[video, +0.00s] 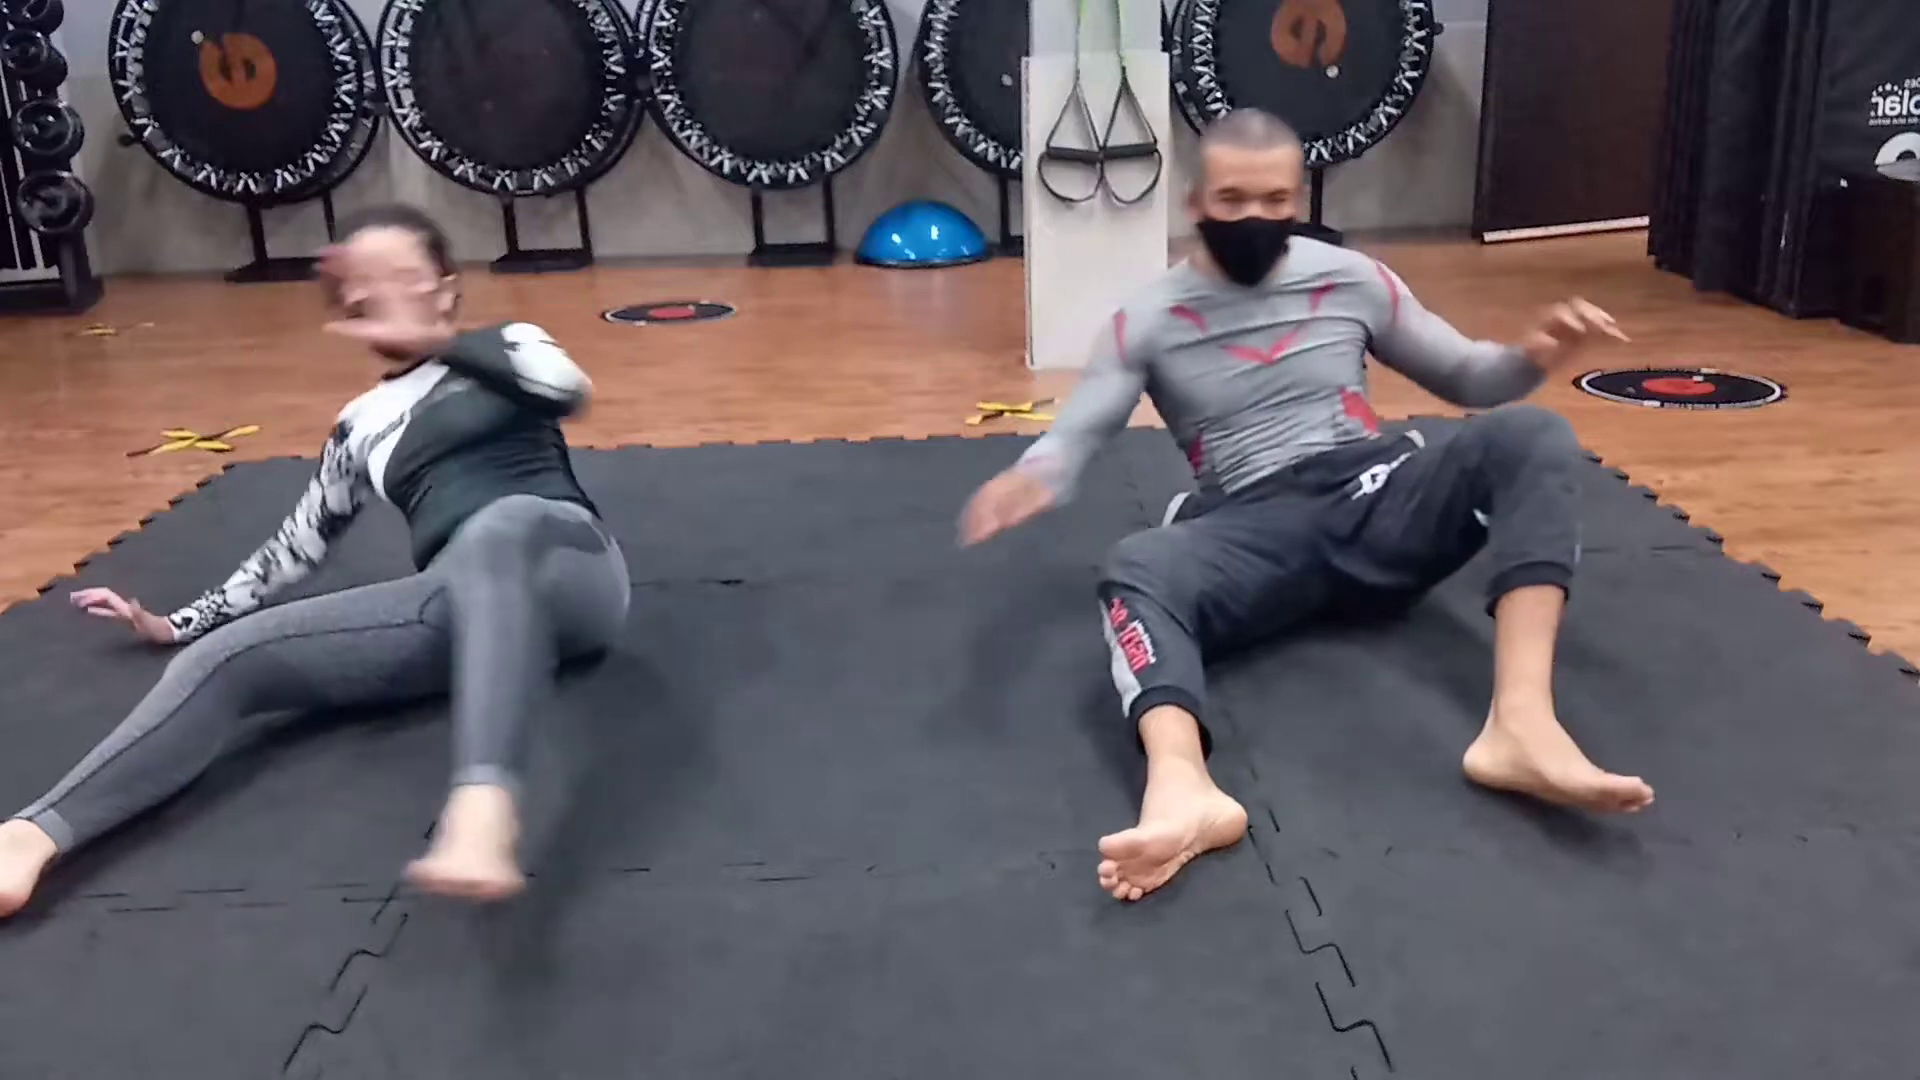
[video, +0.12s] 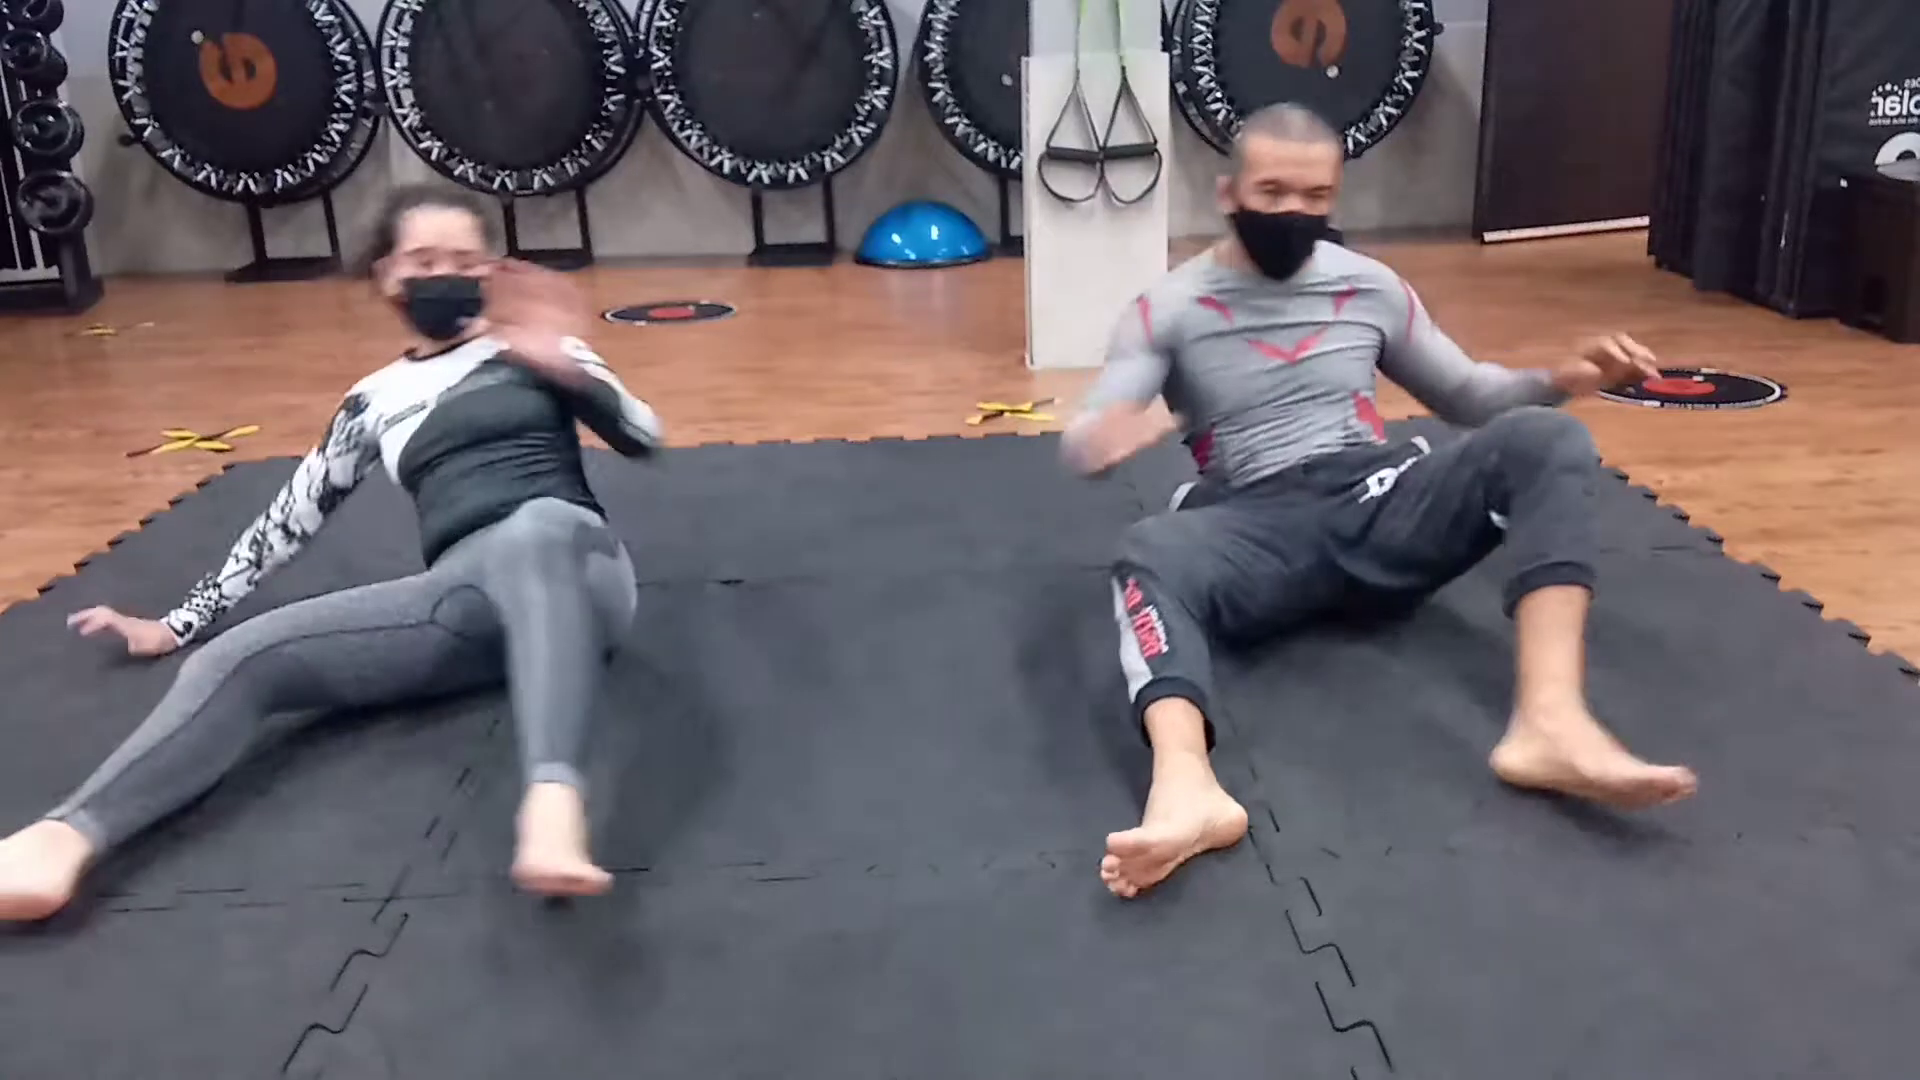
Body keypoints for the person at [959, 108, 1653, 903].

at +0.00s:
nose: (1257, 220)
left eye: (1276, 201)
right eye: (1235, 202)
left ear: (1302, 194)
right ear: (1197, 200)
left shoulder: (1350, 279)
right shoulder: (1150, 318)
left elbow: (1467, 375)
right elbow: (1077, 429)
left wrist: (1533, 358)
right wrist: (1034, 476)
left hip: (1376, 489)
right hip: (1245, 527)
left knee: (1533, 438)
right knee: (1138, 570)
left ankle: (1520, 718)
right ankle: (1181, 785)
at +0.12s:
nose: (1292, 213)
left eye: (1312, 196)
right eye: (1272, 192)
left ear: (1334, 199)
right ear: (1229, 193)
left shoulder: (1369, 287)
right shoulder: (1169, 307)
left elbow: (1468, 393)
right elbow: (1083, 441)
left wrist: (1573, 377)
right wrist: (1107, 435)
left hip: (1382, 494)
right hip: (1252, 524)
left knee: (1552, 440)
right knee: (1148, 556)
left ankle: (1550, 716)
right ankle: (1184, 779)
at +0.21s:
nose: (1324, 211)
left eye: (1343, 195)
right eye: (1303, 189)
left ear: (1359, 198)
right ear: (1253, 189)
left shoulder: (1383, 295)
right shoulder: (1186, 301)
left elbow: (1468, 404)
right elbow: (1102, 440)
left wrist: (1571, 396)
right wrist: (1158, 410)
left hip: (1383, 502)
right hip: (1260, 523)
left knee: (1563, 441)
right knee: (1161, 554)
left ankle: (1585, 716)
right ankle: (1190, 781)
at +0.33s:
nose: (1363, 210)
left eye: (1382, 195)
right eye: (1345, 186)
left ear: (1397, 202)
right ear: (1292, 185)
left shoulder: (1407, 301)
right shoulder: (1214, 290)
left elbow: (1470, 419)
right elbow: (1150, 415)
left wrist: (1596, 420)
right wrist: (1241, 369)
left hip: (1404, 508)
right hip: (1277, 521)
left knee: (1593, 446)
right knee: (1191, 538)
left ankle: (1638, 713)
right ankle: (1205, 778)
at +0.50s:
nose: (1423, 212)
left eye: (1440, 198)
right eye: (1405, 188)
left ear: (1451, 205)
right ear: (1343, 183)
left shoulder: (1437, 312)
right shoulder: (1253, 279)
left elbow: (1490, 437)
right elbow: (1197, 387)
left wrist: (1636, 466)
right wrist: (1326, 337)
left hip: (1419, 519)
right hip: (1302, 520)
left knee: (1625, 458)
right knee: (1246, 503)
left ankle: (1681, 715)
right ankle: (1234, 756)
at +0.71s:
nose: (1483, 224)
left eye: (1501, 212)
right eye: (1469, 197)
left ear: (1507, 221)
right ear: (1407, 184)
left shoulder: (1470, 324)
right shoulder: (1302, 266)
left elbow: (1523, 455)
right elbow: (1254, 350)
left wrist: (1679, 519)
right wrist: (1417, 307)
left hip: (1421, 526)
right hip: (1308, 519)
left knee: (1658, 484)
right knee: (1307, 455)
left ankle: (1683, 716)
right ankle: (1323, 744)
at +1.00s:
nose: (1562, 244)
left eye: (1580, 231)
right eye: (1550, 214)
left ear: (1581, 245)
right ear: (1485, 194)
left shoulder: (1513, 353)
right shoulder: (1370, 248)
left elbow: (1520, 498)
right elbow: (1345, 299)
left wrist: (1693, 544)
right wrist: (1542, 278)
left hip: (1451, 538)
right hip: (1321, 532)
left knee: (1688, 506)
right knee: (1383, 404)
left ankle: (1691, 714)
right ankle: (1445, 725)